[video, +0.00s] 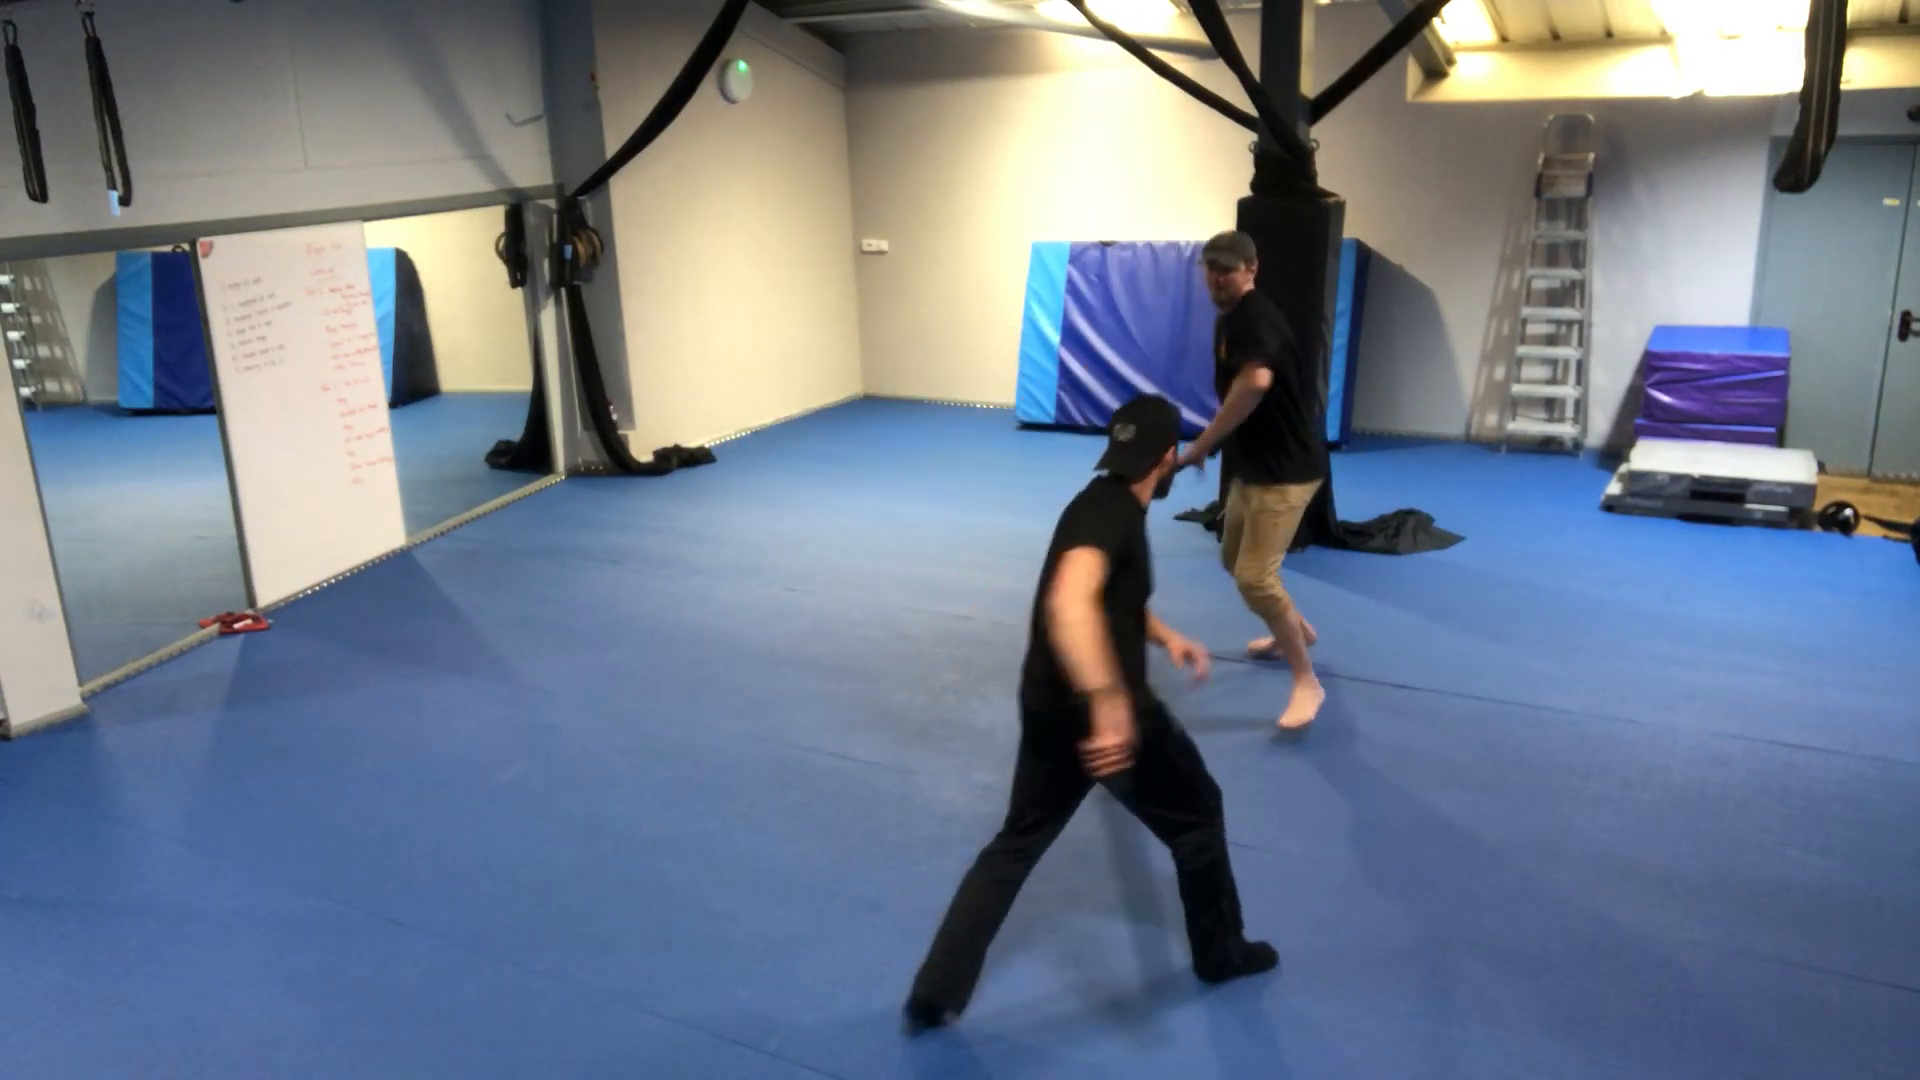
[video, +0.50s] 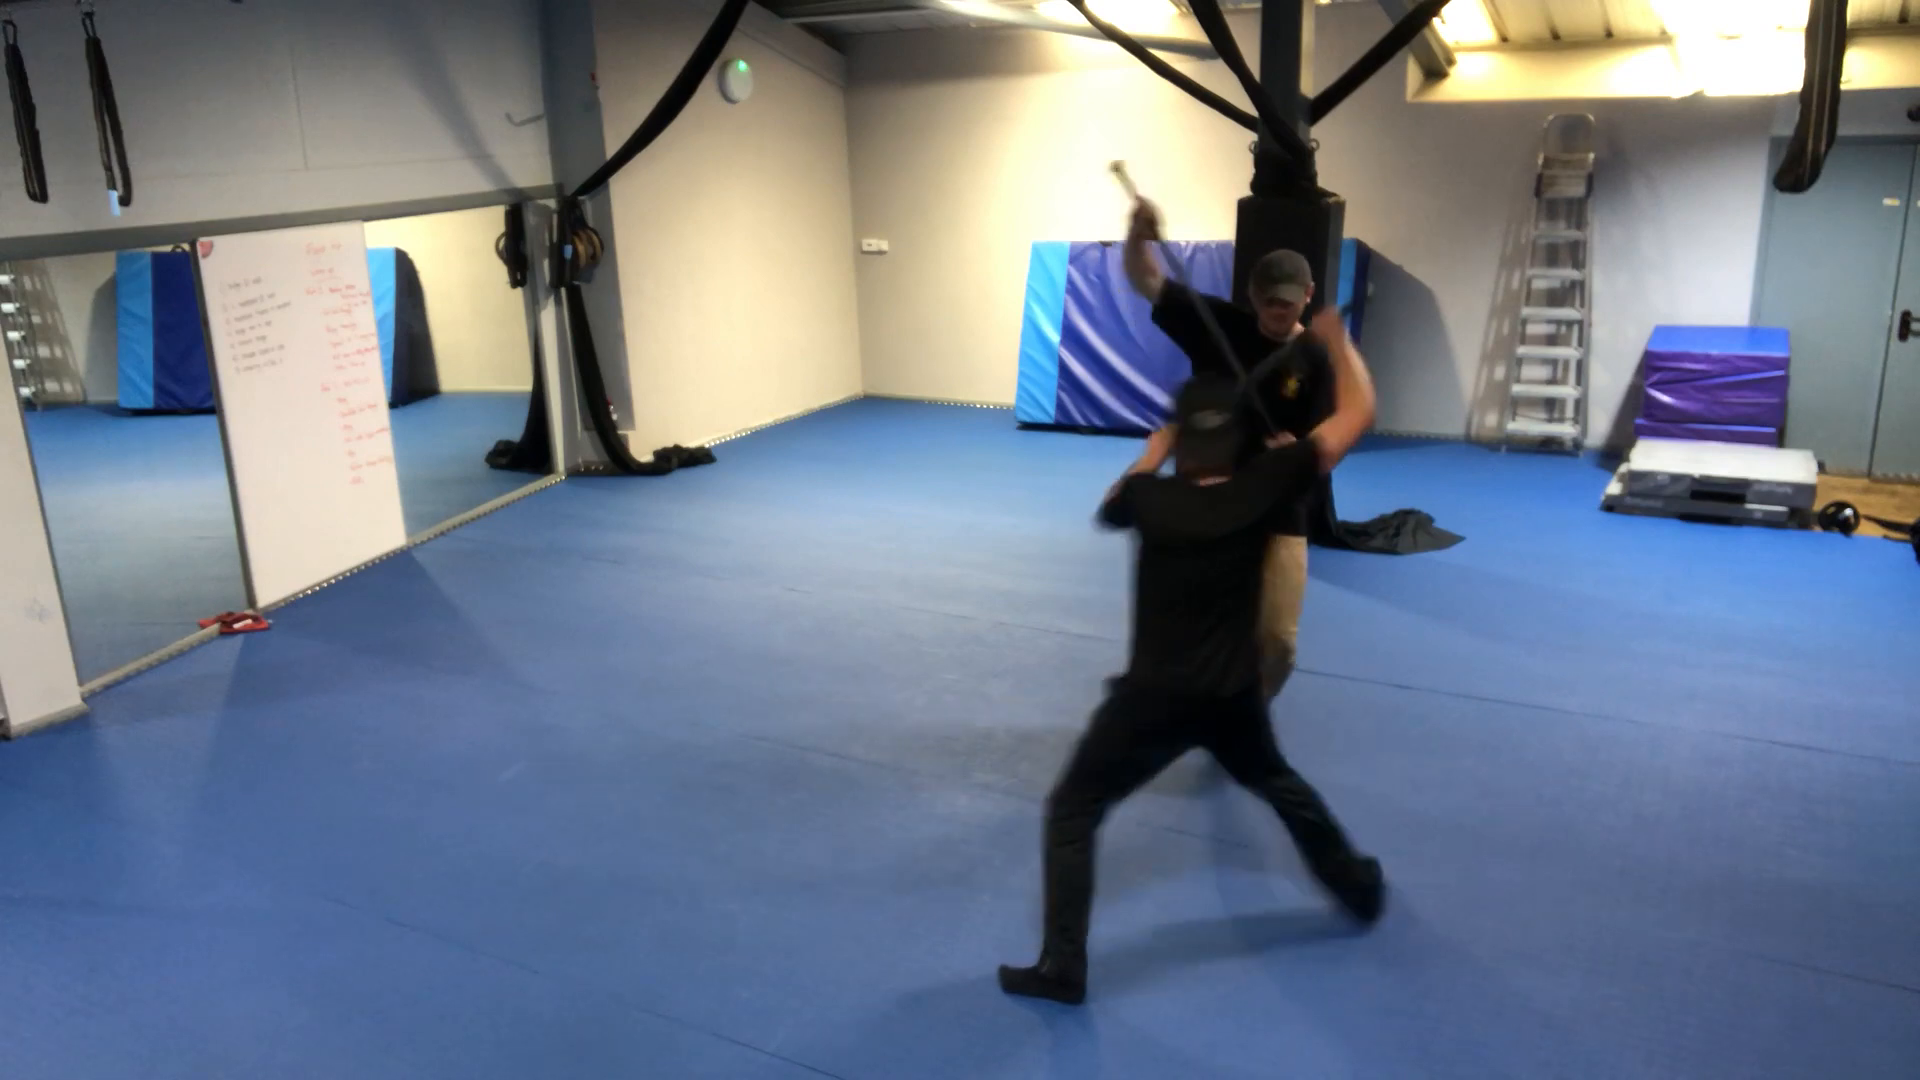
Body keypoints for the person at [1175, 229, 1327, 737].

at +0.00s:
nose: (1214, 280)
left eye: (1225, 271)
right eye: (1210, 270)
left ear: (1250, 271)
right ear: (1206, 271)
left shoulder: (1258, 317)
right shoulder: (1230, 318)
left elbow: (1256, 381)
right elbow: (1243, 392)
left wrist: (1204, 443)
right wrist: (1217, 450)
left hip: (1284, 471)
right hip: (1249, 466)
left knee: (1256, 578)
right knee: (1235, 560)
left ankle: (1306, 682)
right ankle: (1294, 630)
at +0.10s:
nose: (1218, 301)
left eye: (1228, 293)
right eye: (1214, 292)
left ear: (1253, 296)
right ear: (1210, 294)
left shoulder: (1257, 343)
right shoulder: (1238, 343)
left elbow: (1249, 407)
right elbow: (1251, 422)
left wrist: (1192, 461)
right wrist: (1235, 491)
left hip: (1285, 488)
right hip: (1257, 485)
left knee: (1252, 591)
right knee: (1241, 570)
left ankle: (1304, 707)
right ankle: (1300, 640)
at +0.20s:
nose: (1235, 318)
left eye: (1246, 310)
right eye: (1229, 308)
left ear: (1266, 314)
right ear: (1221, 310)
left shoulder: (1273, 362)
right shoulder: (1240, 363)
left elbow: (1263, 429)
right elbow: (1238, 430)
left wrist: (1183, 452)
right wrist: (1189, 442)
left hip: (1288, 503)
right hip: (1258, 495)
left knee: (1240, 601)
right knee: (1255, 579)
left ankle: (1270, 721)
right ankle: (1302, 642)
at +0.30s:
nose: (1262, 316)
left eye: (1273, 306)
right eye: (1254, 305)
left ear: (1294, 306)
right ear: (1244, 304)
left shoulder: (1305, 361)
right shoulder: (1236, 349)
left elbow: (1292, 441)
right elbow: (1212, 382)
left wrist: (1210, 427)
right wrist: (1158, 372)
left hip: (1281, 498)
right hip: (1229, 492)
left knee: (1236, 614)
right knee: (1240, 575)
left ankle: (1237, 734)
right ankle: (1294, 632)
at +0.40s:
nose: (1283, 311)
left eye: (1293, 302)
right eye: (1274, 301)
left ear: (1312, 301)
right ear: (1260, 300)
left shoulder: (1322, 368)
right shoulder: (1237, 338)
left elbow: (1321, 446)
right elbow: (1160, 322)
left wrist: (1261, 430)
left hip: (1275, 516)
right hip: (1212, 502)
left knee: (1255, 636)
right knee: (1182, 613)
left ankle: (1238, 733)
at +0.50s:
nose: (1276, 315)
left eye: (1287, 306)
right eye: (1268, 304)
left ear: (1305, 302)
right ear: (1254, 297)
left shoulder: (1316, 356)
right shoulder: (1223, 328)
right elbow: (1150, 284)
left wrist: (1301, 451)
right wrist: (1139, 241)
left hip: (1280, 513)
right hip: (1211, 504)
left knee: (1276, 636)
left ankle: (1246, 723)